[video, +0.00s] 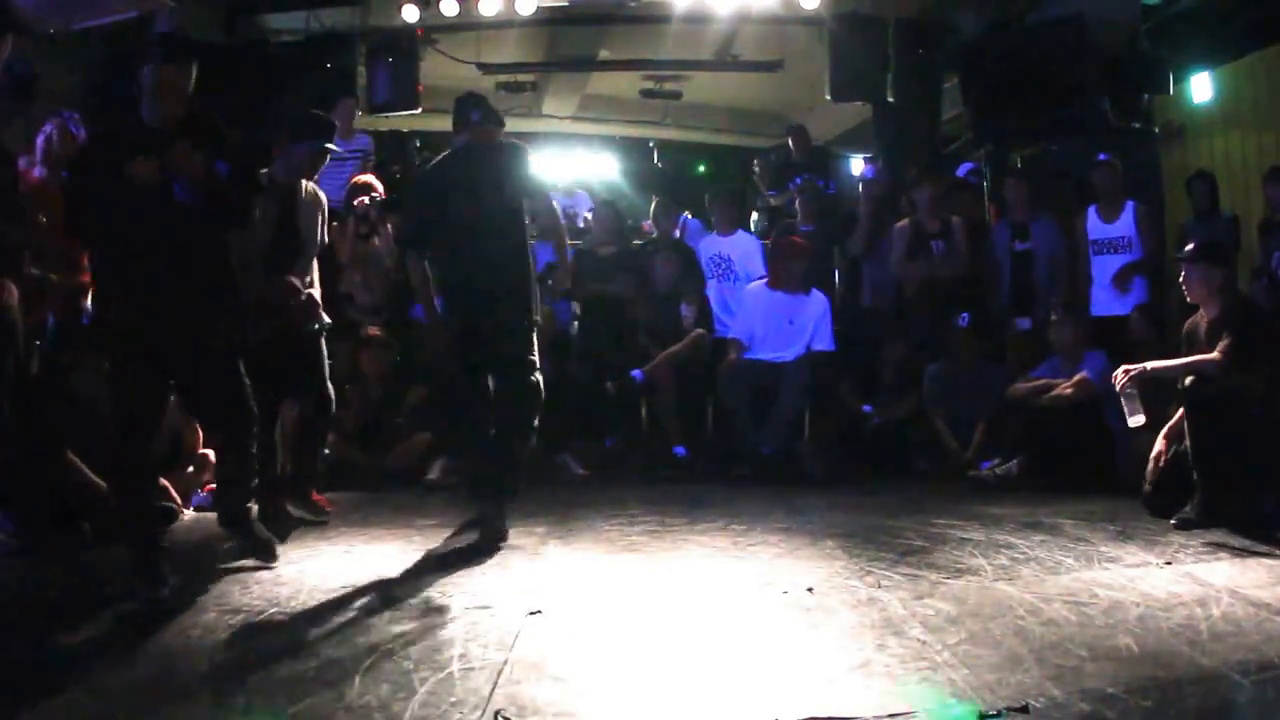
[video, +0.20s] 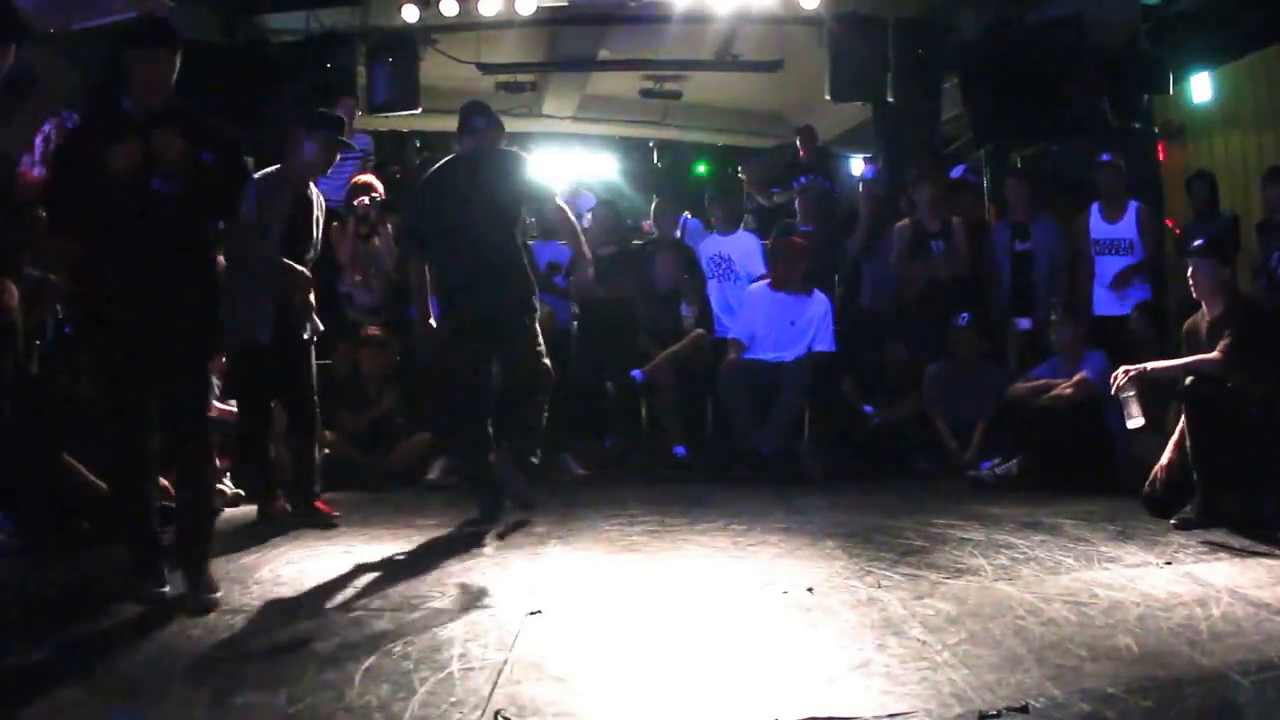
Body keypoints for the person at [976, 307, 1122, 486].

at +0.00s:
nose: (1055, 335)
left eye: (1061, 328)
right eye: (1053, 329)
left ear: (1078, 331)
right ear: (1049, 333)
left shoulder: (1095, 360)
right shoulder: (1056, 362)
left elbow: (1072, 393)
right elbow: (1012, 392)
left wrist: (1036, 401)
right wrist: (1056, 383)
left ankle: (1021, 462)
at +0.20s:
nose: (1054, 334)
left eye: (1061, 328)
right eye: (1052, 328)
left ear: (1077, 330)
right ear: (1049, 333)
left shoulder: (1095, 359)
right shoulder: (1056, 362)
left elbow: (1071, 393)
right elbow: (1012, 392)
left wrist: (1035, 401)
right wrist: (1054, 384)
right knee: (1005, 406)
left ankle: (1019, 463)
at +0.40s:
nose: (1053, 332)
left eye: (1060, 326)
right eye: (1052, 326)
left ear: (1077, 329)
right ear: (1049, 331)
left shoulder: (1095, 361)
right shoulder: (1054, 363)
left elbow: (1069, 393)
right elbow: (1011, 392)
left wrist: (1033, 400)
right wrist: (1054, 384)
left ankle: (1019, 464)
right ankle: (1002, 459)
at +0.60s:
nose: (1053, 334)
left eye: (1060, 327)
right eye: (1052, 328)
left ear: (1077, 330)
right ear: (1048, 332)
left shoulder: (1096, 361)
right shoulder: (1054, 363)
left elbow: (1070, 393)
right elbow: (1012, 392)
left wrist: (1038, 399)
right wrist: (1054, 383)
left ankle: (1020, 463)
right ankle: (1003, 458)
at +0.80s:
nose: (1054, 334)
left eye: (1061, 327)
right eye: (1051, 328)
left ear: (1076, 331)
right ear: (1048, 333)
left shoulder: (1094, 360)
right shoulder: (1054, 363)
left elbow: (1072, 393)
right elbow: (1012, 392)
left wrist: (1039, 399)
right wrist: (1055, 383)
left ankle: (1020, 463)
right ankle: (1001, 459)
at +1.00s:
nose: (1056, 337)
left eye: (1061, 330)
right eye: (1053, 331)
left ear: (1075, 331)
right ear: (1049, 335)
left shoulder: (1093, 361)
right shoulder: (1054, 363)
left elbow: (1073, 393)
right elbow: (1012, 393)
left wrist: (1038, 400)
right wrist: (1054, 384)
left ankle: (1022, 462)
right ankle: (1005, 457)